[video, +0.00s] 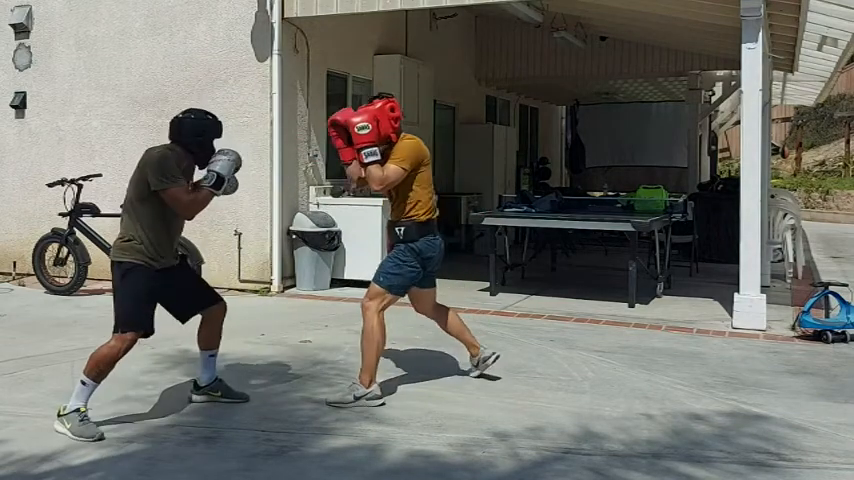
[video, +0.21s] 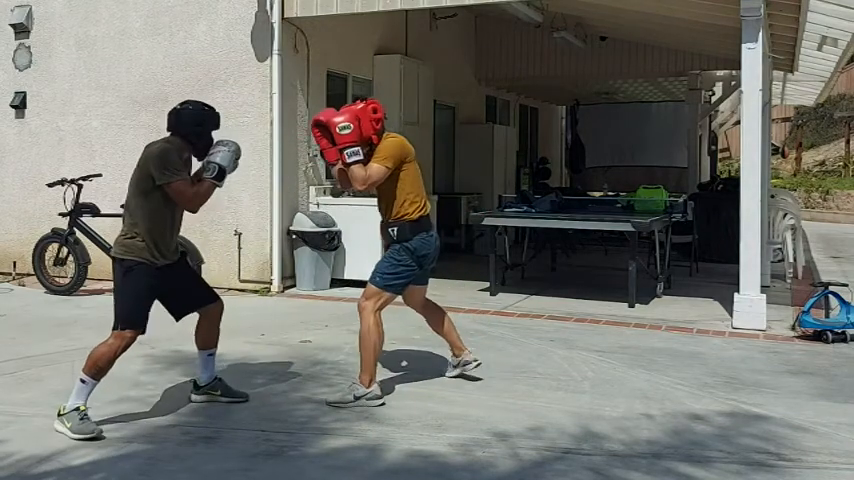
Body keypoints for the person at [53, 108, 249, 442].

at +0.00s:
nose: (214, 147)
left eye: (214, 141)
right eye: (211, 140)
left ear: (186, 138)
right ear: (195, 140)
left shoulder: (181, 165)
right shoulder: (161, 158)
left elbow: (183, 204)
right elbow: (186, 208)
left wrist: (213, 183)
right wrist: (214, 180)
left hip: (167, 260)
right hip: (134, 260)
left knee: (214, 308)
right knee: (126, 336)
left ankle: (207, 381)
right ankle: (72, 410)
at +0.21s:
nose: (212, 138)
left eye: (213, 133)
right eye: (210, 132)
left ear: (183, 129)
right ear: (194, 131)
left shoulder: (179, 156)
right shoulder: (164, 151)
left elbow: (179, 200)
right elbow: (191, 201)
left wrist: (208, 171)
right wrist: (215, 171)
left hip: (167, 257)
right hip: (136, 257)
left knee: (212, 306)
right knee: (126, 334)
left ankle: (206, 381)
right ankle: (72, 408)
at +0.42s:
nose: (220, 157)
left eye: (220, 150)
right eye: (217, 150)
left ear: (186, 145)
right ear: (203, 149)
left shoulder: (177, 170)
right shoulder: (177, 165)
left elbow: (186, 227)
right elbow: (195, 219)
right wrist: (220, 192)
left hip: (161, 268)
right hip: (131, 268)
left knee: (210, 308)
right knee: (138, 343)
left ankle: (207, 382)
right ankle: (74, 409)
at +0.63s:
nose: (210, 155)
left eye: (210, 149)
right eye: (207, 149)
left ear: (179, 148)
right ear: (191, 150)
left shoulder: (168, 173)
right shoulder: (162, 169)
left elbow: (174, 233)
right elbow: (181, 225)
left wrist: (210, 207)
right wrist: (208, 198)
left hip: (151, 268)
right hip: (119, 269)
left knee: (199, 309)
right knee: (130, 344)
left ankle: (205, 383)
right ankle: (72, 410)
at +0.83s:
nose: (195, 140)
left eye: (195, 134)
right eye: (192, 134)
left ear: (164, 133)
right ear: (178, 135)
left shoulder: (162, 166)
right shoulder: (141, 160)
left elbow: (160, 216)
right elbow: (159, 213)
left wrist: (187, 201)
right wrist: (190, 189)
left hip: (147, 261)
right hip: (114, 262)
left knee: (191, 311)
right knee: (122, 337)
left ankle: (205, 382)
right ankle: (72, 409)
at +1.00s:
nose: (193, 135)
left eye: (193, 129)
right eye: (190, 129)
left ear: (159, 128)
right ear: (175, 131)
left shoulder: (154, 159)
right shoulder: (143, 158)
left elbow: (162, 208)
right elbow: (167, 212)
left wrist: (186, 180)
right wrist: (191, 181)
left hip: (149, 260)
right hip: (119, 262)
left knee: (192, 311)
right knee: (125, 339)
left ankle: (204, 381)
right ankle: (72, 409)